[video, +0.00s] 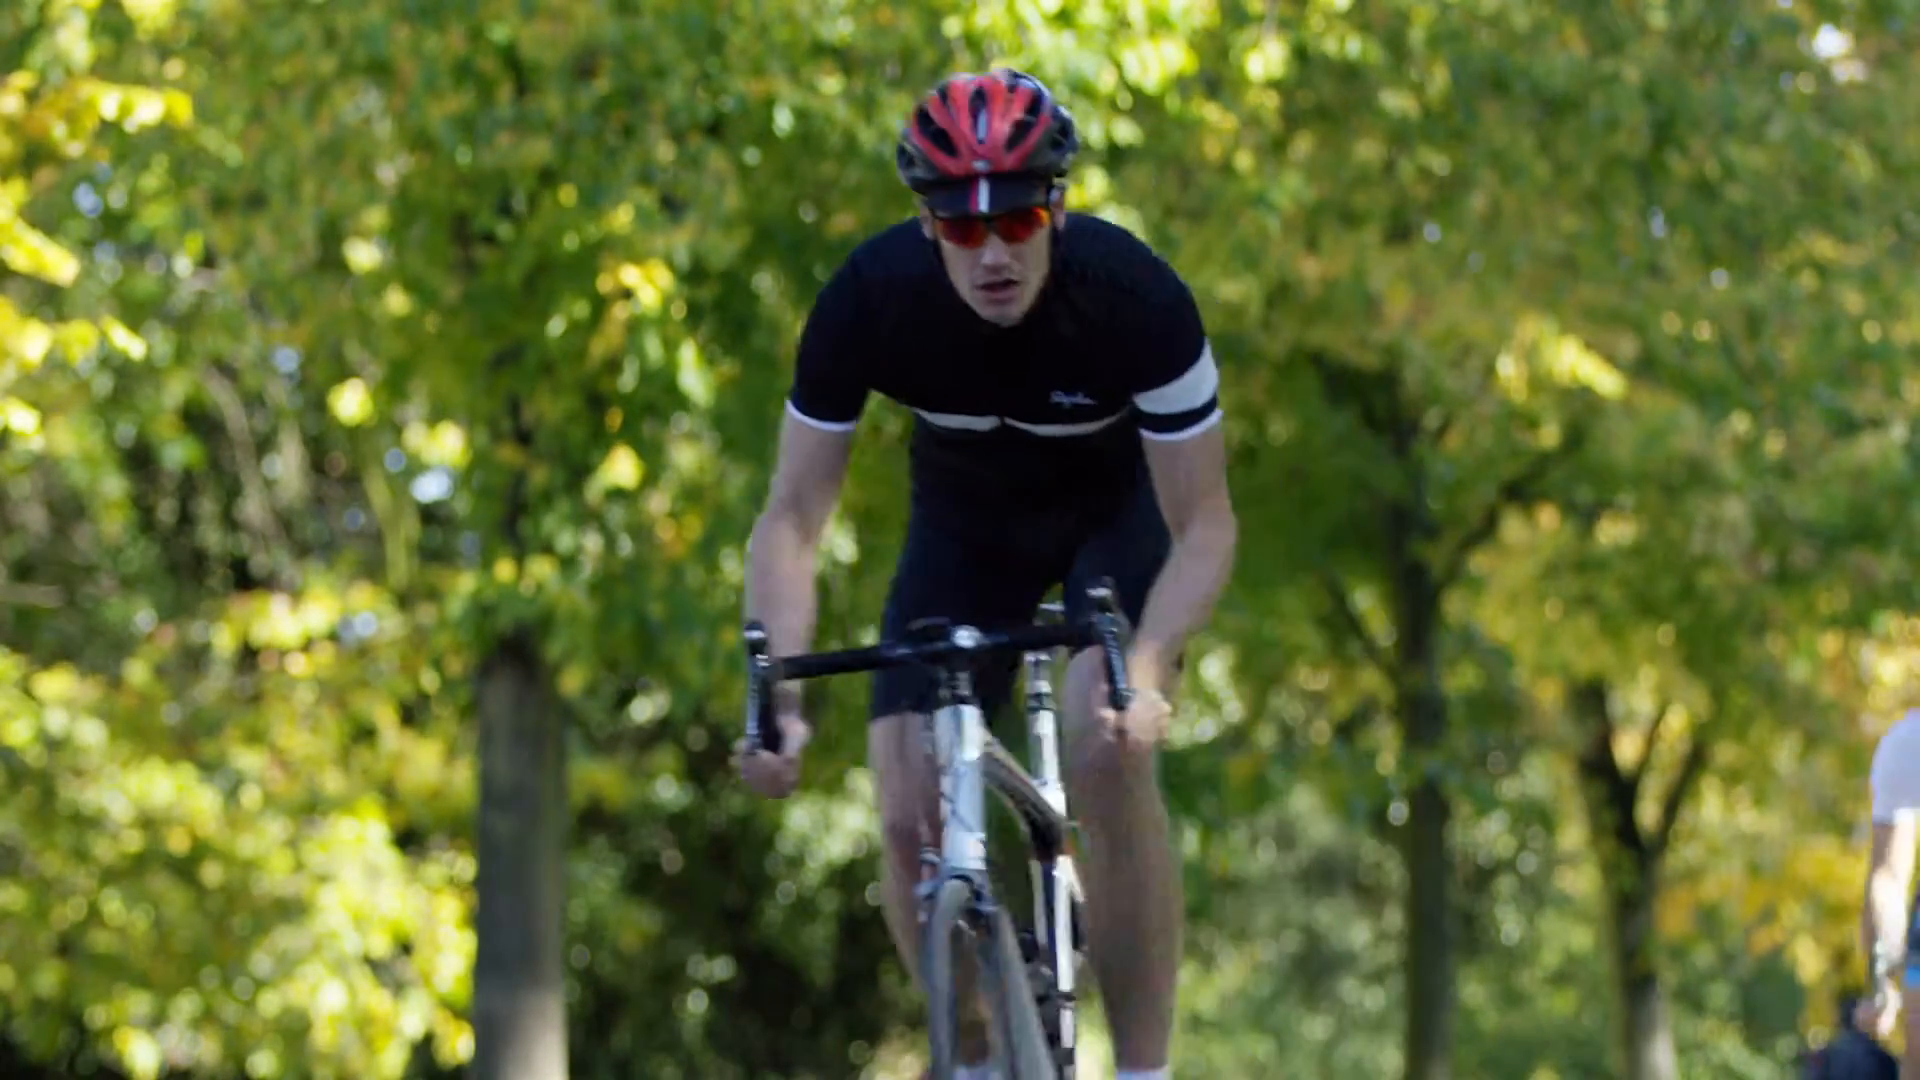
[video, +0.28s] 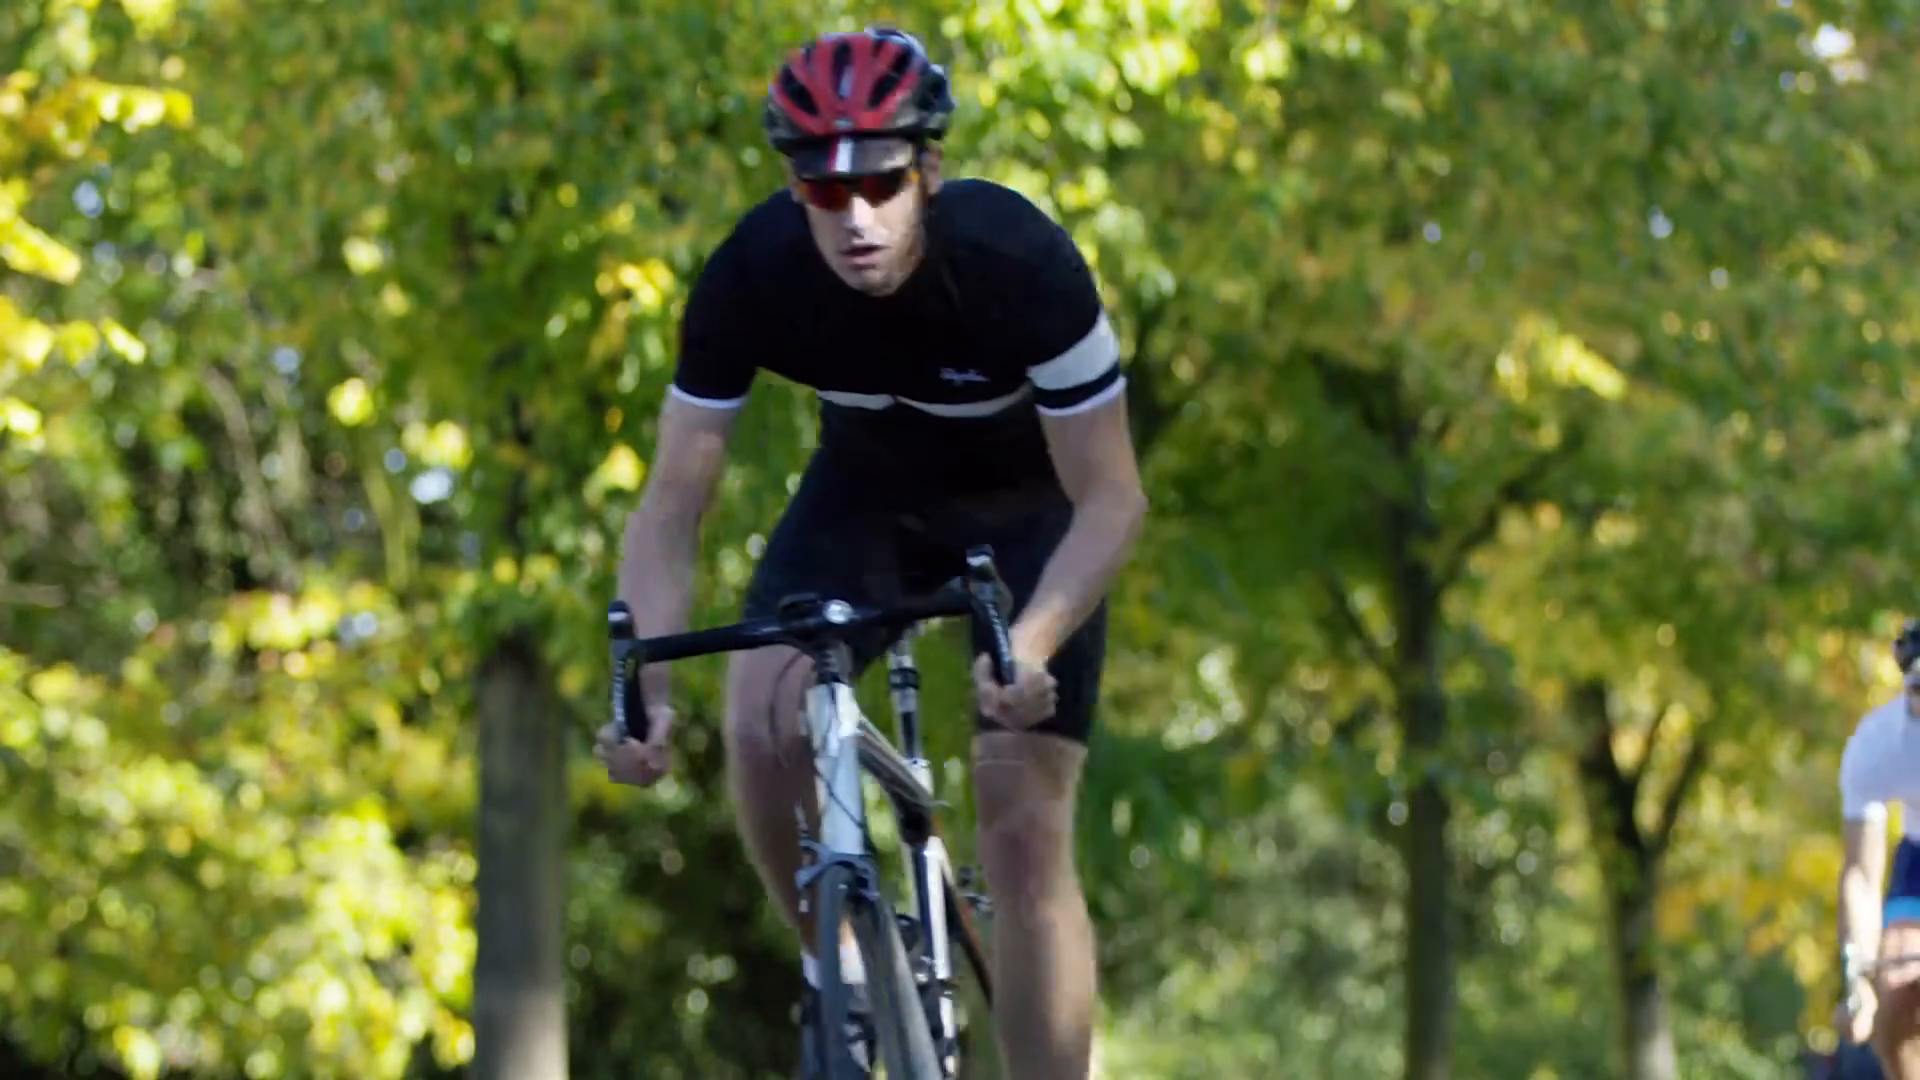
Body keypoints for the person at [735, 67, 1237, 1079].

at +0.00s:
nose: (993, 254)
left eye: (1017, 222)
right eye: (964, 228)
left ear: (1057, 208)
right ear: (928, 220)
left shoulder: (1136, 296)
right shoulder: (867, 301)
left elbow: (1205, 519)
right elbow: (794, 514)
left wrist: (1152, 664)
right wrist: (779, 696)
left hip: (1118, 514)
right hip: (960, 515)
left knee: (1111, 752)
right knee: (907, 812)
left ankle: (1144, 1069)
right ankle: (971, 1062)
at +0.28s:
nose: (854, 218)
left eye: (879, 186)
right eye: (826, 192)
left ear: (929, 169)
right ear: (792, 185)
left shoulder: (1023, 262)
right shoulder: (750, 277)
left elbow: (1109, 496)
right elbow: (675, 493)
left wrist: (1036, 637)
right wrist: (643, 675)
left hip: (1030, 490)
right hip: (863, 481)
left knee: (1022, 827)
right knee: (762, 722)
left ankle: (1047, 1070)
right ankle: (843, 981)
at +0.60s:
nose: (675, 160)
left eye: (704, 126)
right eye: (644, 131)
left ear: (760, 103)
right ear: (614, 121)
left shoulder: (871, 186)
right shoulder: (583, 223)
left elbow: (1006, 433)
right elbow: (533, 463)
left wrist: (945, 592)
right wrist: (534, 631)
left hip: (901, 412)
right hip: (733, 411)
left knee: (929, 817)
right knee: (645, 602)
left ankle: (949, 1073)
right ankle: (708, 928)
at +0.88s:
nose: (525, 80)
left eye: (553, 45)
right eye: (494, 52)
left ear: (612, 25)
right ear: (463, 46)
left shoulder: (727, 100)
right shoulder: (420, 154)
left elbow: (891, 344)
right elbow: (422, 411)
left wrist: (888, 557)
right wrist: (447, 585)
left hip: (776, 341)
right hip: (588, 353)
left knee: (837, 736)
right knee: (561, 611)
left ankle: (899, 1064)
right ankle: (635, 1003)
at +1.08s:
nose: (417, 30)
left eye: (448, 1)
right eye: (387, 4)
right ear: (355, 4)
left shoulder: (624, 62)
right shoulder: (301, 111)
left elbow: (795, 316)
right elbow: (323, 368)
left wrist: (824, 531)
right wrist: (370, 535)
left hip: (680, 316)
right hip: (480, 341)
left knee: (760, 679)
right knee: (495, 671)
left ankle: (837, 985)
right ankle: (557, 1065)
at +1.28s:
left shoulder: (516, 27)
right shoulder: (181, 69)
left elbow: (684, 289)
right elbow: (202, 336)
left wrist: (730, 513)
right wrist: (250, 500)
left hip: (565, 293)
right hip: (361, 336)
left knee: (633, 581)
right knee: (411, 726)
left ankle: (739, 879)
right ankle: (464, 1069)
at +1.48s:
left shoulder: (408, 5)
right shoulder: (51, 27)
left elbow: (561, 264)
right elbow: (48, 284)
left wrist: (577, 481)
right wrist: (94, 463)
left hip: (426, 241)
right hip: (224, 285)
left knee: (478, 485)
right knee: (290, 727)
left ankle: (597, 826)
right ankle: (336, 1062)